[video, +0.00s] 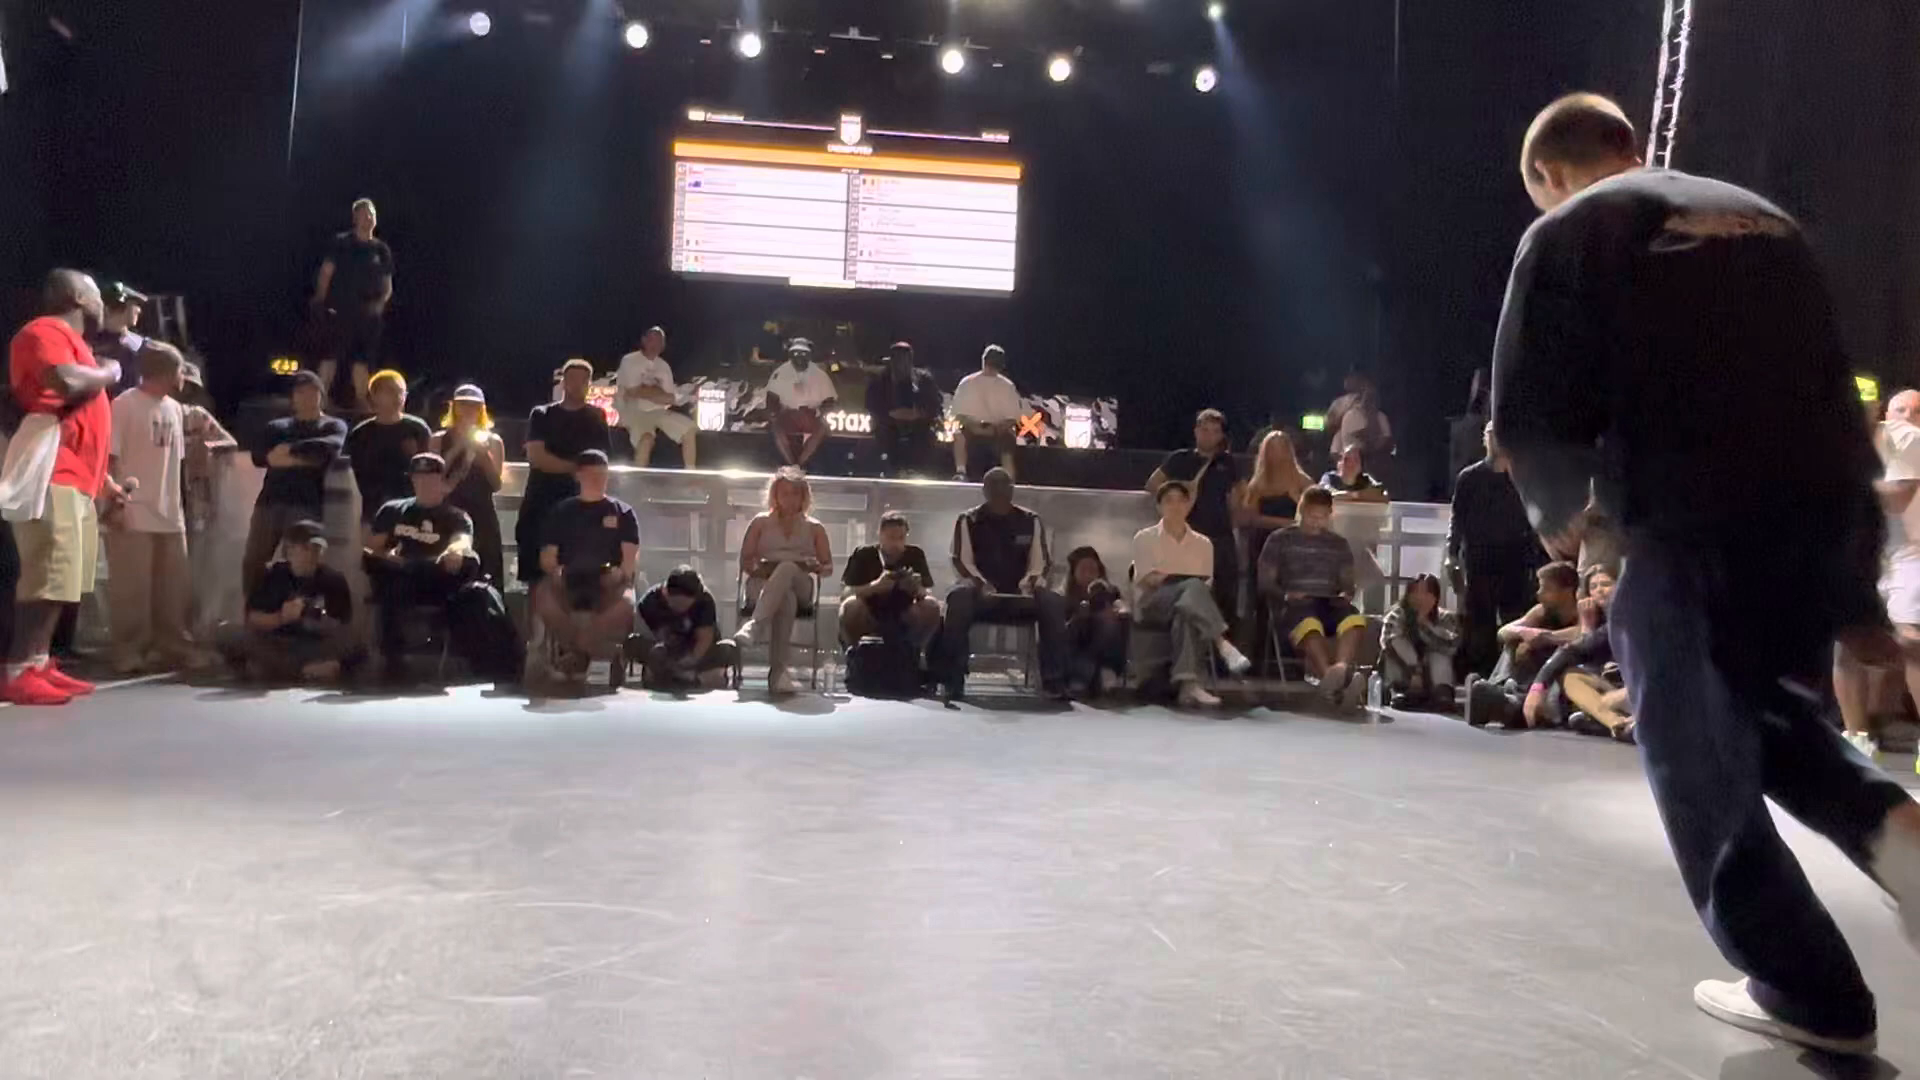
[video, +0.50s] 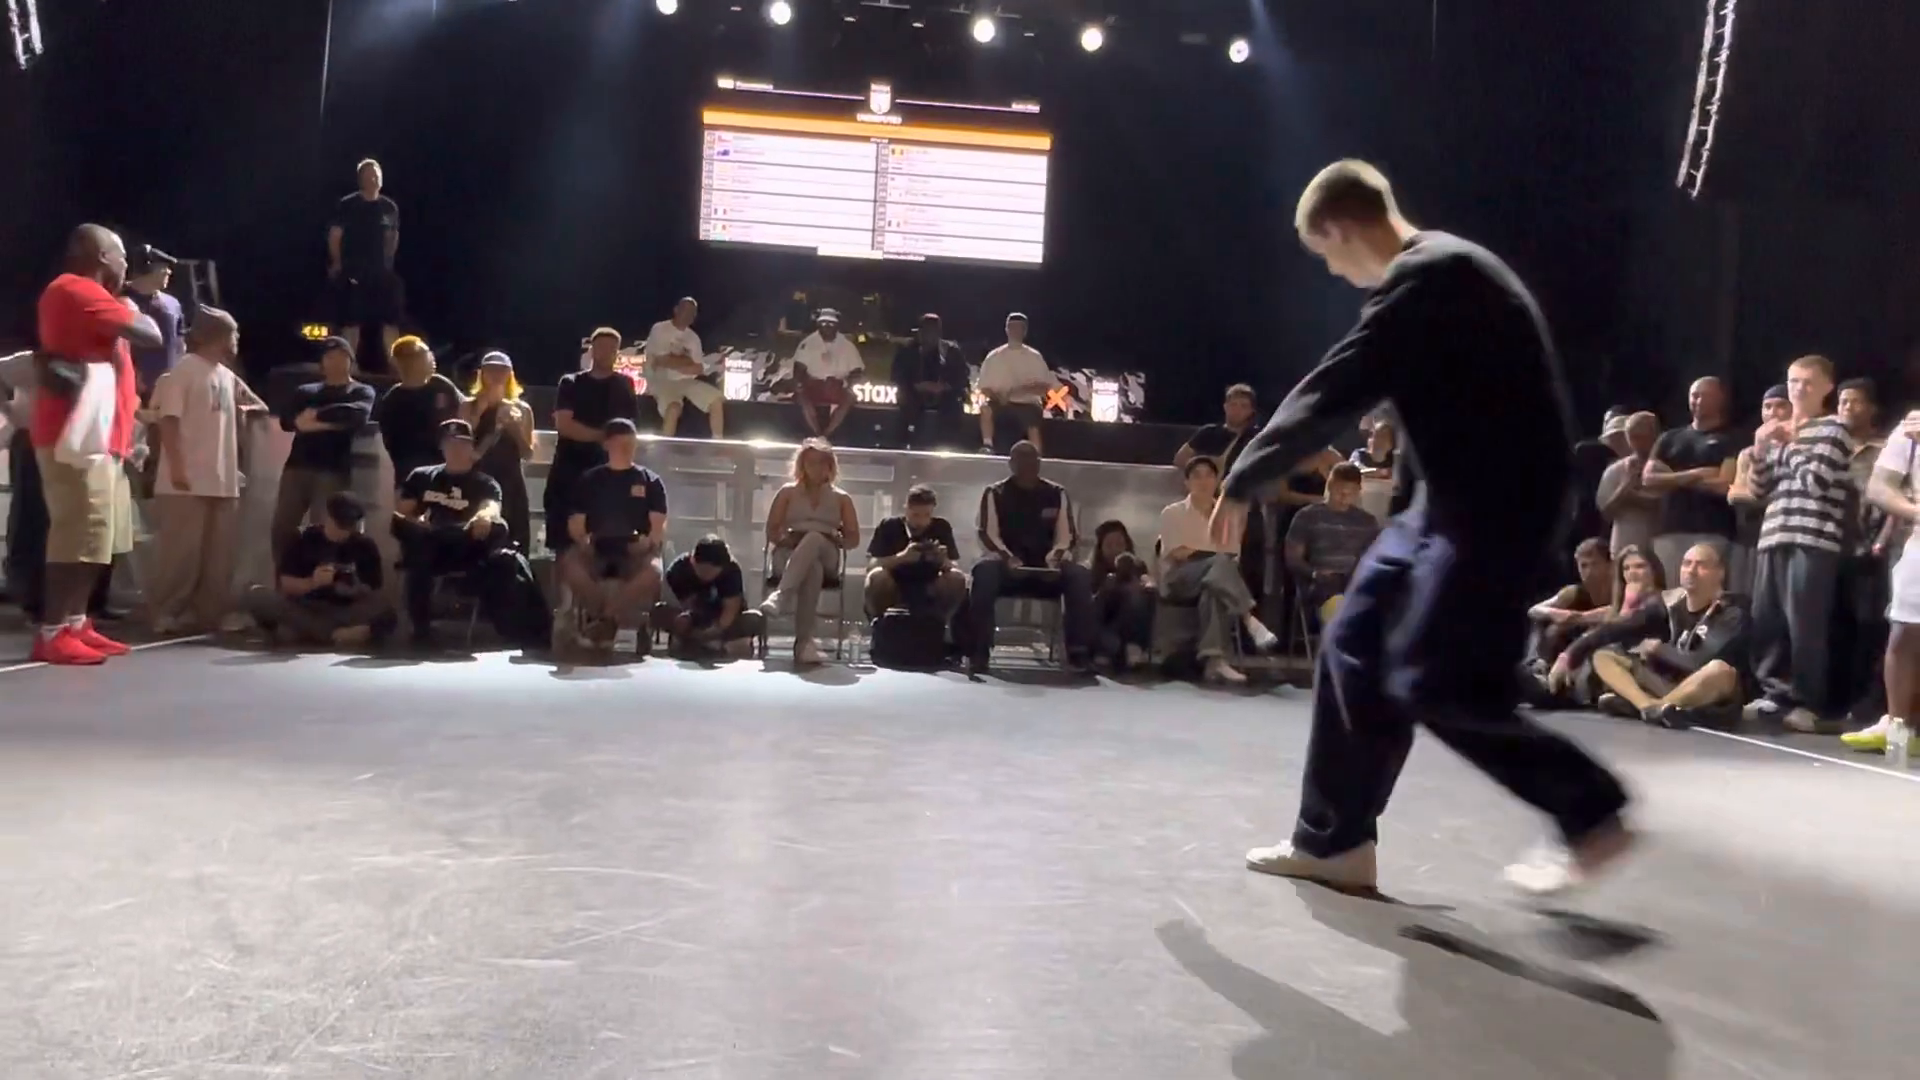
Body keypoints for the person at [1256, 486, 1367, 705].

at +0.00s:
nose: (1317, 522)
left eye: (1322, 517)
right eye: (1312, 516)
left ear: (1330, 516)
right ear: (1301, 513)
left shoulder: (1339, 543)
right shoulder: (1279, 539)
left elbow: (1348, 581)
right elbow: (1265, 581)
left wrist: (1346, 594)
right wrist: (1286, 595)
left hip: (1331, 598)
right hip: (1298, 596)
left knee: (1354, 621)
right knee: (1309, 627)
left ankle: (1339, 676)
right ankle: (1334, 684)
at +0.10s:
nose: (1323, 516)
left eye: (1328, 511)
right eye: (1318, 510)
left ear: (1337, 509)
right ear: (1307, 506)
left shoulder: (1345, 537)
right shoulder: (1285, 533)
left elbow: (1355, 576)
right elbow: (1272, 575)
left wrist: (1352, 588)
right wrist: (1292, 589)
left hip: (1337, 592)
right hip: (1305, 590)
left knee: (1361, 616)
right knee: (1316, 621)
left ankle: (1346, 671)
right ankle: (1342, 680)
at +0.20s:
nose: (1326, 508)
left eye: (1332, 503)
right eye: (1321, 502)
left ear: (1341, 504)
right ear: (1312, 500)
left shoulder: (1350, 532)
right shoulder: (1290, 528)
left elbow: (1360, 572)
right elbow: (1277, 570)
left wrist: (1358, 583)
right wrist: (1298, 584)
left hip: (1342, 587)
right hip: (1310, 585)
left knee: (1367, 610)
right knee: (1321, 616)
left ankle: (1351, 666)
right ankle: (1349, 675)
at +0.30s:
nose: (1332, 505)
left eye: (1338, 500)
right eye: (1327, 499)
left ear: (1346, 499)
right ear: (1317, 496)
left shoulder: (1356, 527)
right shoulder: (1295, 523)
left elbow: (1366, 567)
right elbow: (1282, 565)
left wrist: (1363, 579)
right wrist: (1303, 580)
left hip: (1348, 583)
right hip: (1315, 581)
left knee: (1371, 605)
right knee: (1327, 611)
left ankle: (1356, 663)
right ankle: (1350, 671)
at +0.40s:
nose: (1337, 501)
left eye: (1343, 496)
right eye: (1333, 495)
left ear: (1352, 495)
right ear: (1324, 492)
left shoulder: (1361, 523)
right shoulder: (1302, 519)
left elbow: (1372, 562)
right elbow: (1287, 561)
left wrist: (1368, 575)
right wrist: (1309, 576)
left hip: (1354, 578)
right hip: (1322, 578)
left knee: (1376, 602)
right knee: (1332, 608)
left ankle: (1365, 660)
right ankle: (1353, 664)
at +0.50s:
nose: (1344, 499)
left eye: (1350, 493)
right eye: (1340, 493)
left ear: (1358, 493)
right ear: (1329, 489)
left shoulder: (1367, 521)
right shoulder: (1307, 517)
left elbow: (1376, 557)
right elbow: (1294, 559)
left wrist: (1358, 575)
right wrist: (1315, 573)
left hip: (1355, 585)